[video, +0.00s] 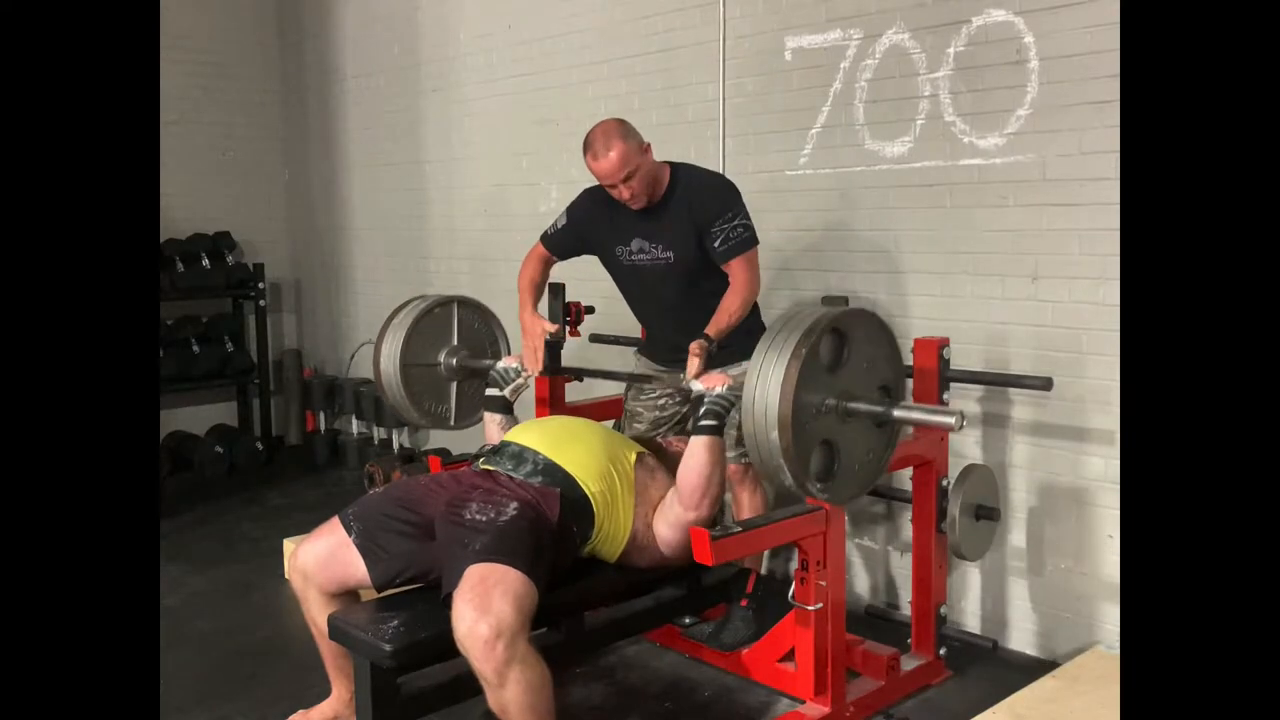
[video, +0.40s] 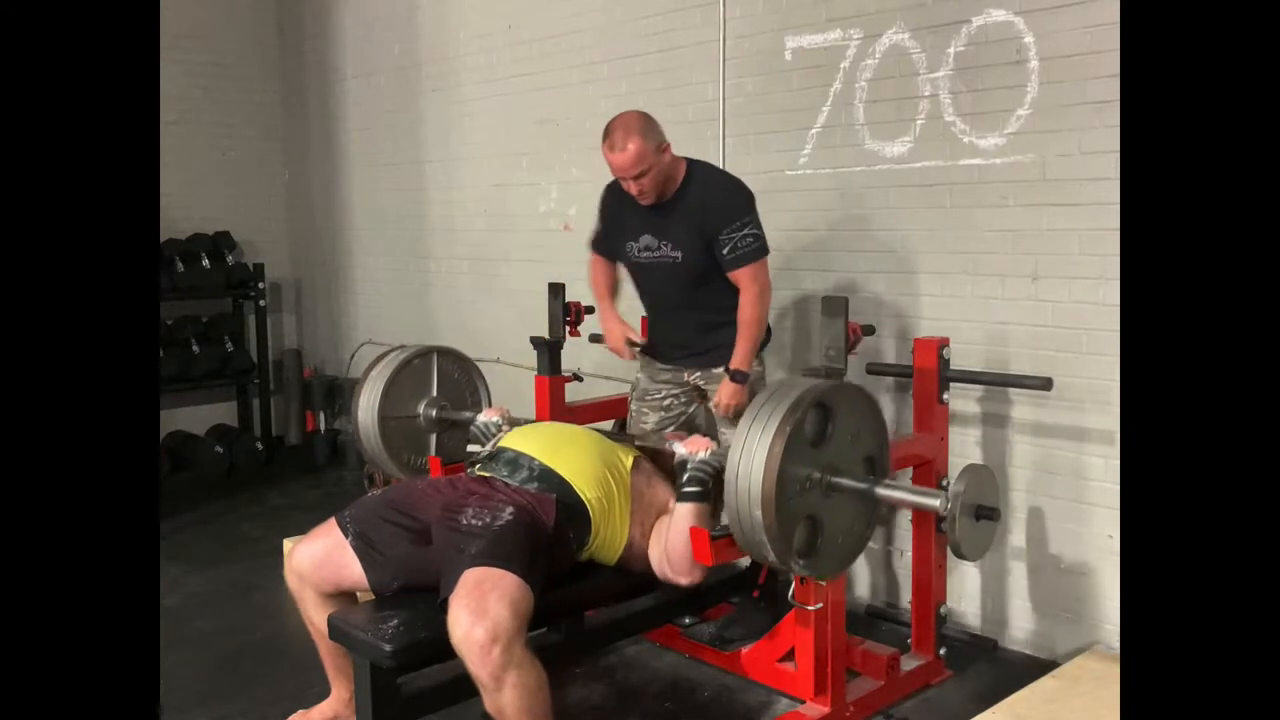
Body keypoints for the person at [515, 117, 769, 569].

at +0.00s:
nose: (625, 193)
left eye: (630, 178)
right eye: (611, 186)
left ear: (648, 152)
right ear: (596, 178)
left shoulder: (709, 193)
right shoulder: (593, 211)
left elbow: (745, 281)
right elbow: (537, 259)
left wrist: (708, 339)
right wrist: (528, 317)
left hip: (731, 357)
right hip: (659, 361)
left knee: (738, 469)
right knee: (650, 463)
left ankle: (750, 585)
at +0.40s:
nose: (632, 189)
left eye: (640, 176)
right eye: (622, 179)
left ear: (666, 151)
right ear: (612, 169)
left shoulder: (722, 196)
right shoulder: (617, 200)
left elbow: (756, 287)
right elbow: (602, 256)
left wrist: (738, 374)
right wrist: (609, 317)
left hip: (728, 365)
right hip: (661, 364)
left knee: (739, 475)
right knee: (648, 471)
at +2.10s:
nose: (703, 146)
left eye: (712, 133)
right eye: (690, 136)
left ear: (726, 124)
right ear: (672, 135)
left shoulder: (765, 178)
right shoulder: (659, 191)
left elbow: (784, 262)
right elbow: (617, 245)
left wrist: (746, 311)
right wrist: (613, 293)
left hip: (753, 353)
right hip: (683, 352)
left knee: (756, 462)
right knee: (658, 442)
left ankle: (770, 587)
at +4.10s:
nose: (673, 146)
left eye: (681, 133)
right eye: (662, 139)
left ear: (702, 123)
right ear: (651, 139)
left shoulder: (744, 180)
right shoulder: (650, 192)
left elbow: (771, 254)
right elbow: (625, 268)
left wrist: (764, 323)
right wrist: (631, 318)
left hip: (730, 358)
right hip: (666, 356)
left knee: (744, 463)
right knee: (646, 452)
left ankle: (766, 582)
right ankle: (664, 563)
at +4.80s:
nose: (653, 146)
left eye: (659, 135)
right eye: (649, 136)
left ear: (692, 124)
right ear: (670, 128)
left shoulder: (757, 168)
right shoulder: (659, 180)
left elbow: (784, 249)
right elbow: (633, 255)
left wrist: (759, 328)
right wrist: (627, 318)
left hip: (735, 356)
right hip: (671, 355)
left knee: (745, 468)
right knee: (662, 457)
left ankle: (764, 584)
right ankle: (663, 571)